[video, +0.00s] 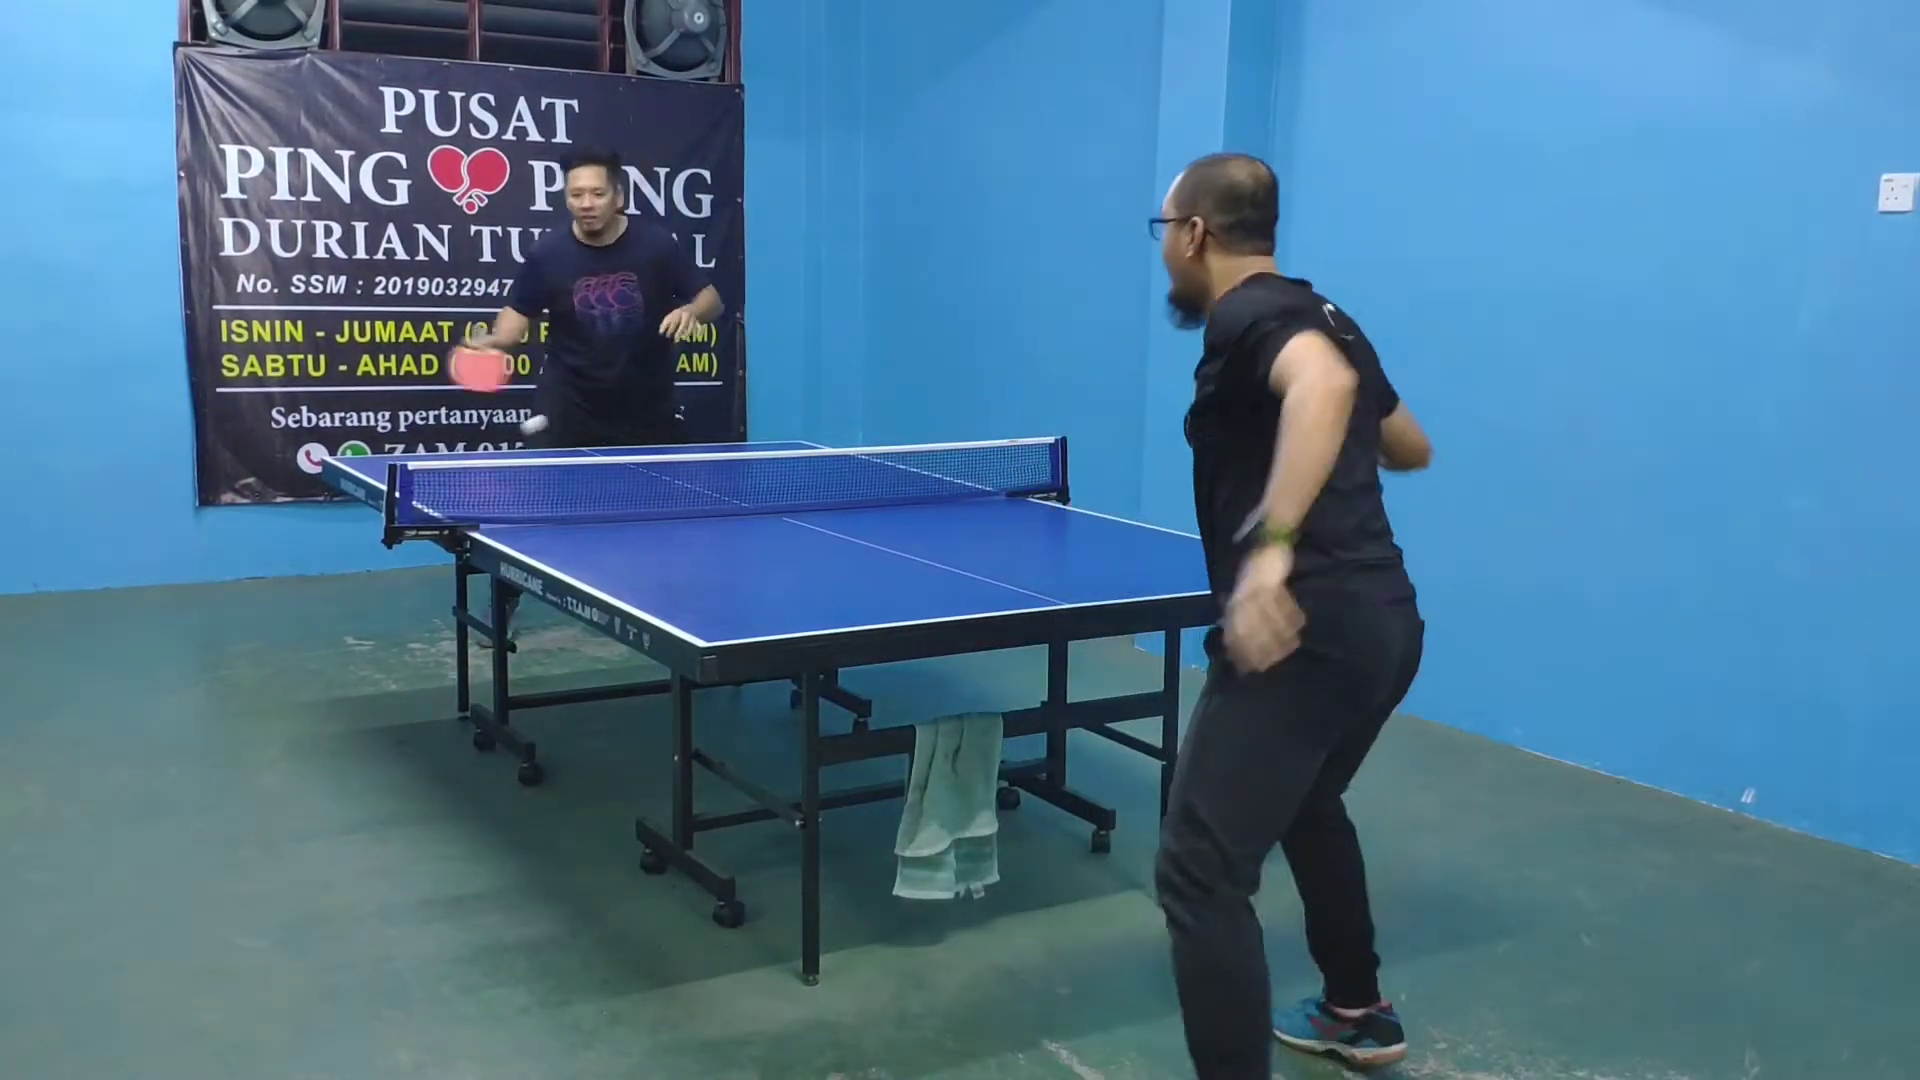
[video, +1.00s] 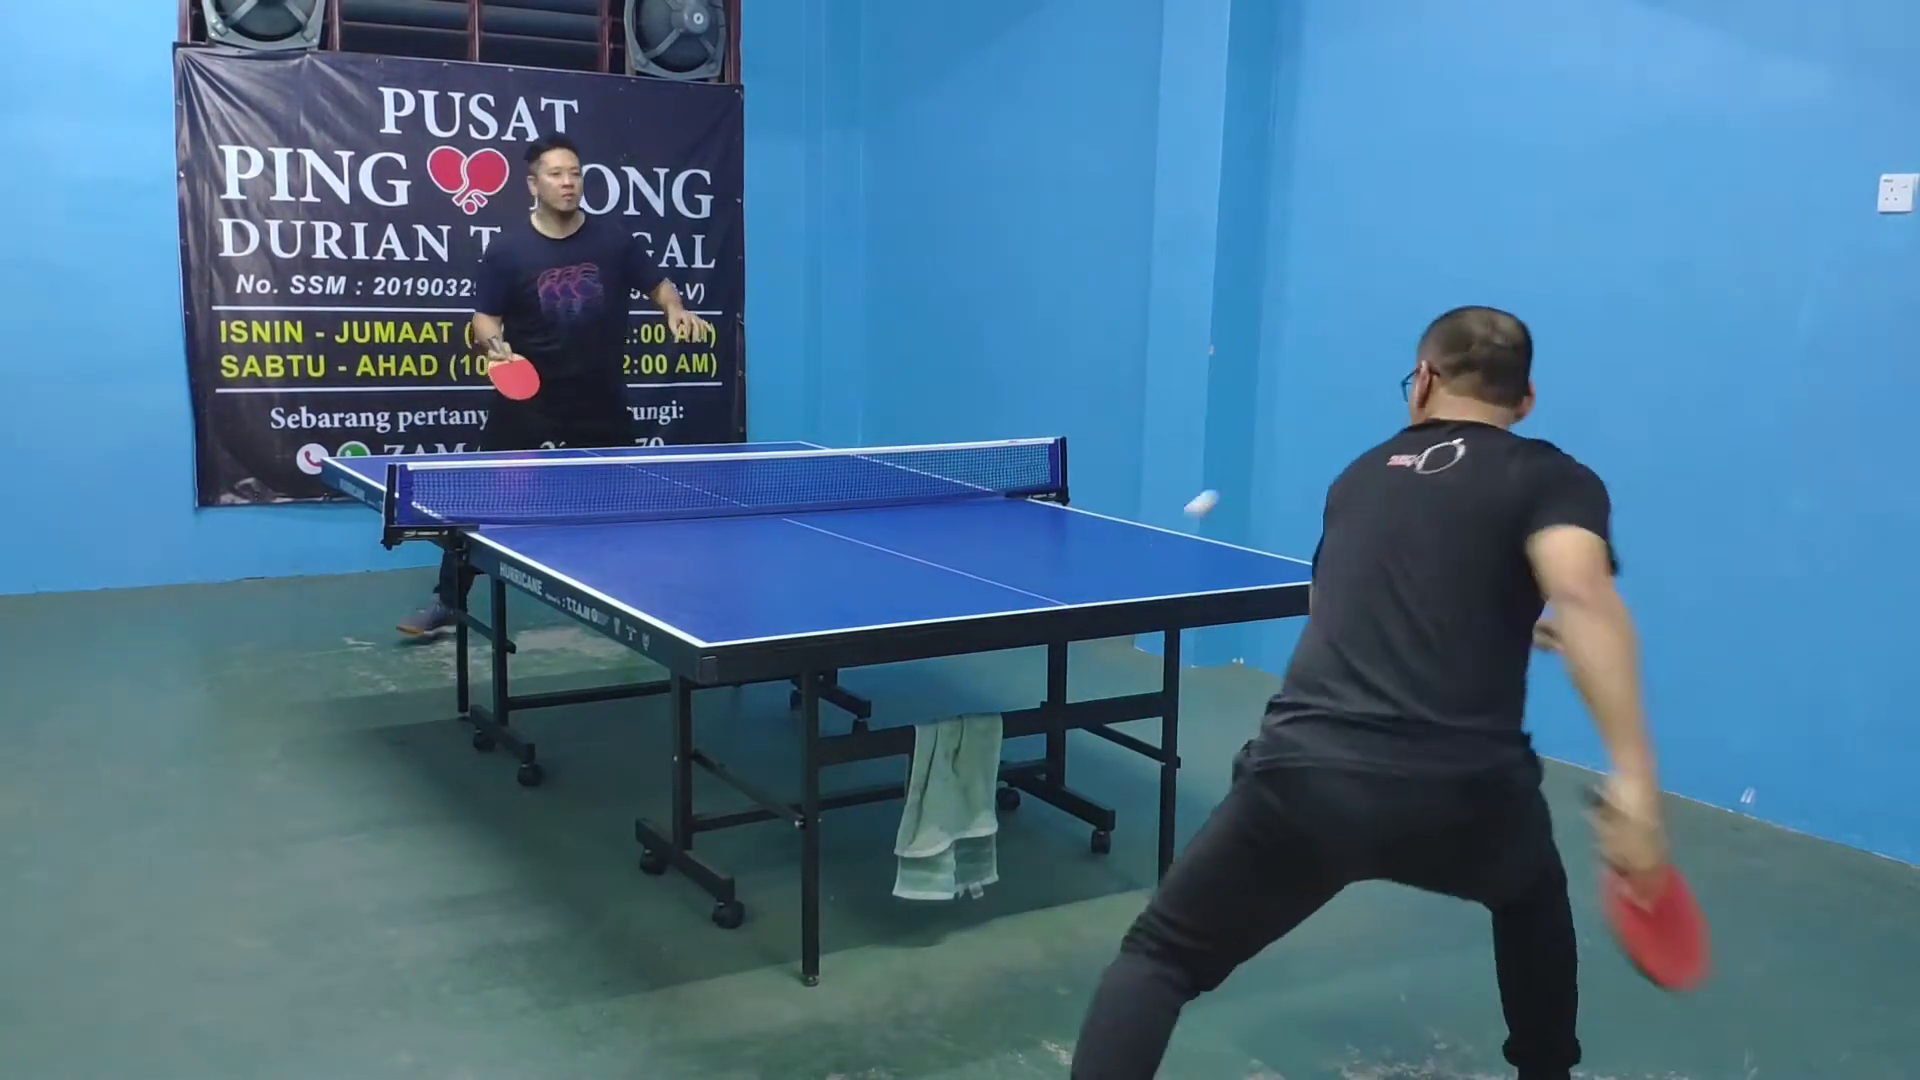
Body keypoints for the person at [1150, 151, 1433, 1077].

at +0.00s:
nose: (1163, 247)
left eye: (1167, 229)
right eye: (1164, 229)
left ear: (1198, 234)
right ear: (1258, 233)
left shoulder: (1251, 311)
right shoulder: (1324, 317)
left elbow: (1323, 378)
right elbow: (1407, 446)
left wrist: (1268, 548)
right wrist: (1300, 431)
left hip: (1306, 624)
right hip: (1379, 624)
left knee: (1200, 869)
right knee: (1309, 802)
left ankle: (1232, 1066)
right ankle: (1356, 1008)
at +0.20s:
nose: (1177, 296)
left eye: (1180, 279)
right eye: (1177, 279)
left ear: (1209, 282)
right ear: (1285, 280)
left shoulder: (1235, 364)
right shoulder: (1363, 362)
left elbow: (1192, 493)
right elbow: (1430, 510)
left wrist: (1099, 616)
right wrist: (1311, 524)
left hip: (1334, 692)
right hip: (1439, 675)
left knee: (1204, 913)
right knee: (1371, 792)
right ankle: (1386, 1002)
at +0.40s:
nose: (1189, 345)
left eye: (1189, 328)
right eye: (1186, 329)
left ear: (1218, 330)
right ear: (1291, 321)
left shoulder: (1261, 403)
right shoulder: (1375, 390)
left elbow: (1245, 546)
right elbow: (1410, 553)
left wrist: (1156, 648)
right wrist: (1283, 600)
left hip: (1399, 707)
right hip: (1500, 687)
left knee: (1242, 908)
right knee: (1423, 822)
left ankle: (1269, 1070)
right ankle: (1468, 1031)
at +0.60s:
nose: (1214, 380)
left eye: (1215, 365)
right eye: (1212, 365)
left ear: (1240, 370)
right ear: (1316, 362)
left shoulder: (1264, 455)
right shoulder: (1410, 426)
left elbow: (1261, 624)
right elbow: (1484, 551)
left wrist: (1257, 731)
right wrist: (1379, 665)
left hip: (1435, 731)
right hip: (1556, 708)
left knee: (1262, 929)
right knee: (1477, 827)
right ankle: (1478, 1023)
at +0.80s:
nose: (1335, 371)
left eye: (1337, 355)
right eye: (1335, 356)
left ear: (1363, 354)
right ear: (1440, 356)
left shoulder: (1315, 460)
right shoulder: (1542, 448)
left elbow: (1273, 636)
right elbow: (1652, 608)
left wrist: (1379, 661)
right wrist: (1610, 714)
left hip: (1385, 748)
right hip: (1532, 749)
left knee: (1203, 904)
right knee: (1515, 883)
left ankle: (1234, 1070)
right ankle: (1561, 1067)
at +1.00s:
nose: (1408, 397)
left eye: (1410, 383)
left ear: (1421, 382)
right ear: (1526, 404)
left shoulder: (1361, 475)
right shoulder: (1551, 476)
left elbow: (1387, 583)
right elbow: (1579, 592)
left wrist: (1515, 615)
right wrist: (1635, 779)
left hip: (1311, 790)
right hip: (1469, 803)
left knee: (1161, 956)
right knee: (1531, 899)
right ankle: (1546, 1067)